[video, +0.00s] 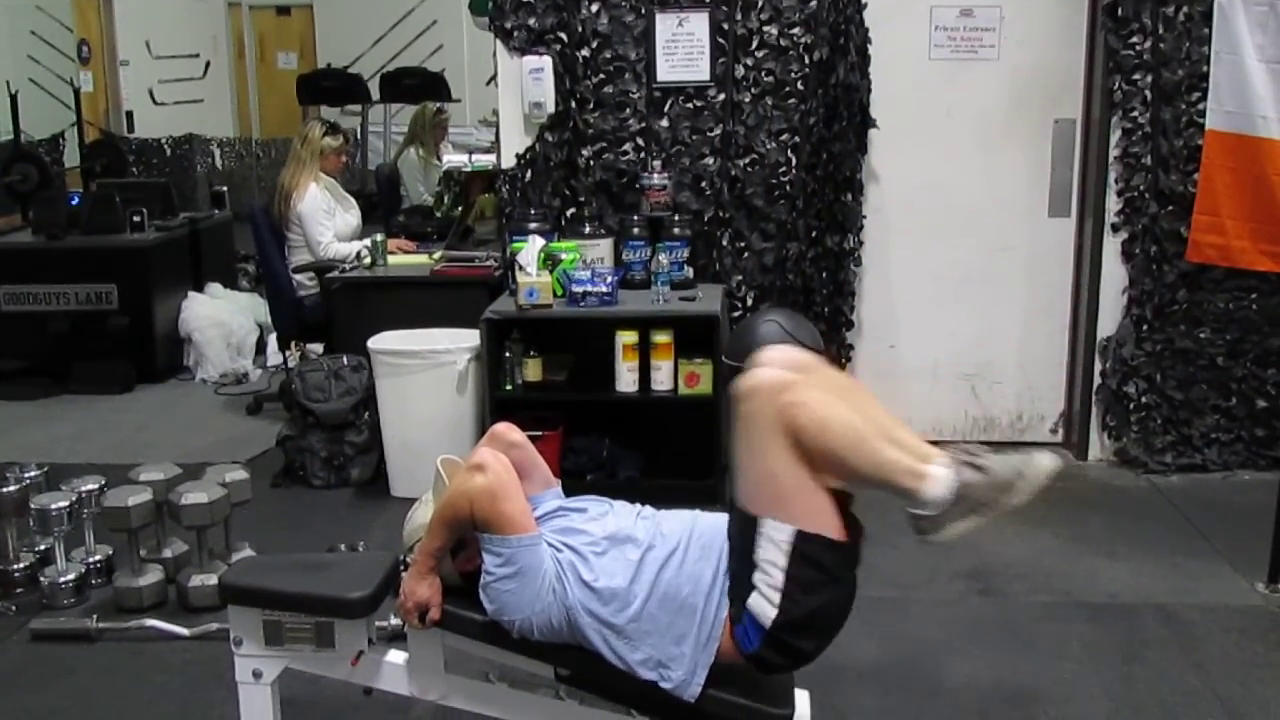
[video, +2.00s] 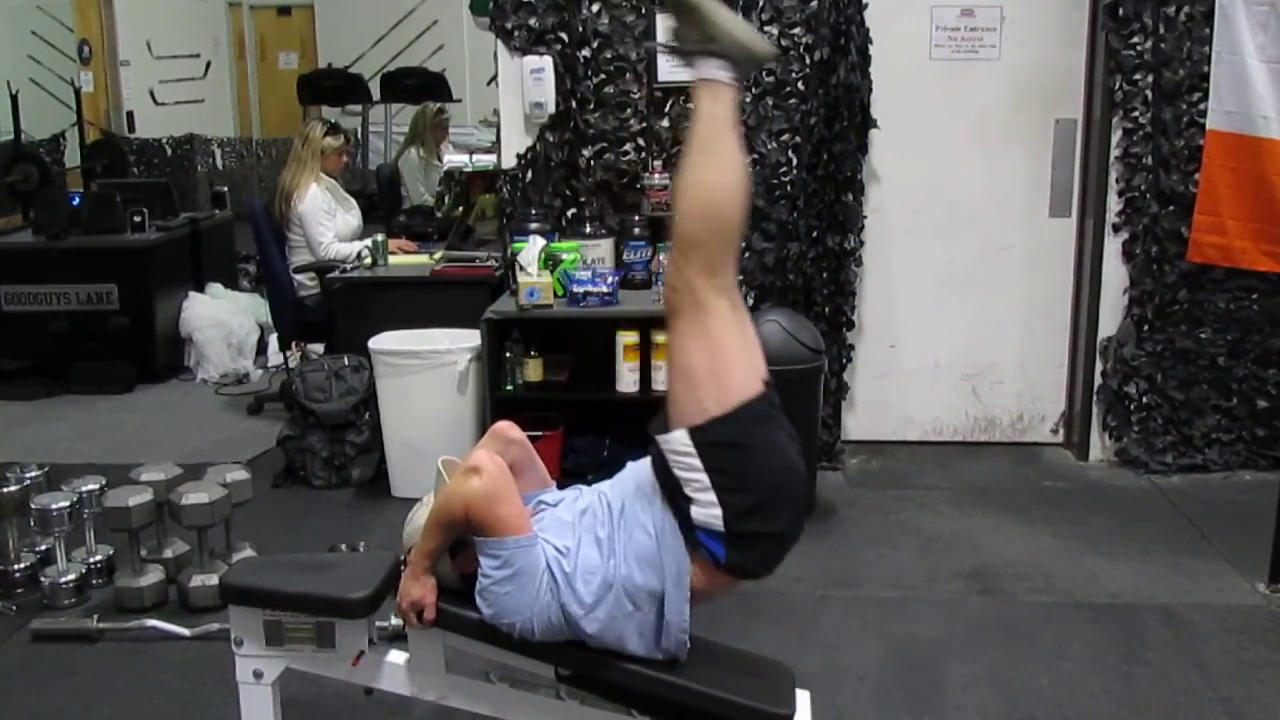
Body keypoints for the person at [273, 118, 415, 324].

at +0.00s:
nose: (344, 160)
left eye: (345, 154)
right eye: (338, 155)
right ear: (318, 155)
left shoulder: (322, 187)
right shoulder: (310, 192)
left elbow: (334, 244)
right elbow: (324, 251)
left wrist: (380, 243)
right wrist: (380, 246)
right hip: (318, 291)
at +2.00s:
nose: (345, 160)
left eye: (346, 153)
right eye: (339, 154)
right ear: (319, 155)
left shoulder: (325, 185)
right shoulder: (311, 192)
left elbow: (336, 243)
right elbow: (325, 251)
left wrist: (380, 243)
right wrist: (378, 245)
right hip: (319, 292)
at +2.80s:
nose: (346, 159)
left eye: (346, 153)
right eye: (340, 154)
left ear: (322, 155)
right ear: (321, 155)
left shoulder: (324, 185)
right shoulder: (312, 192)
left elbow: (334, 245)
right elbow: (325, 251)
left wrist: (377, 242)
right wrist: (378, 245)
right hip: (319, 293)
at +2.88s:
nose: (346, 159)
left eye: (346, 153)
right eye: (340, 154)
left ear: (323, 155)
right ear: (320, 155)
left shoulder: (323, 186)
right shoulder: (312, 192)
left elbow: (334, 245)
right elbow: (326, 251)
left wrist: (377, 243)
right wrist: (379, 245)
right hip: (318, 292)